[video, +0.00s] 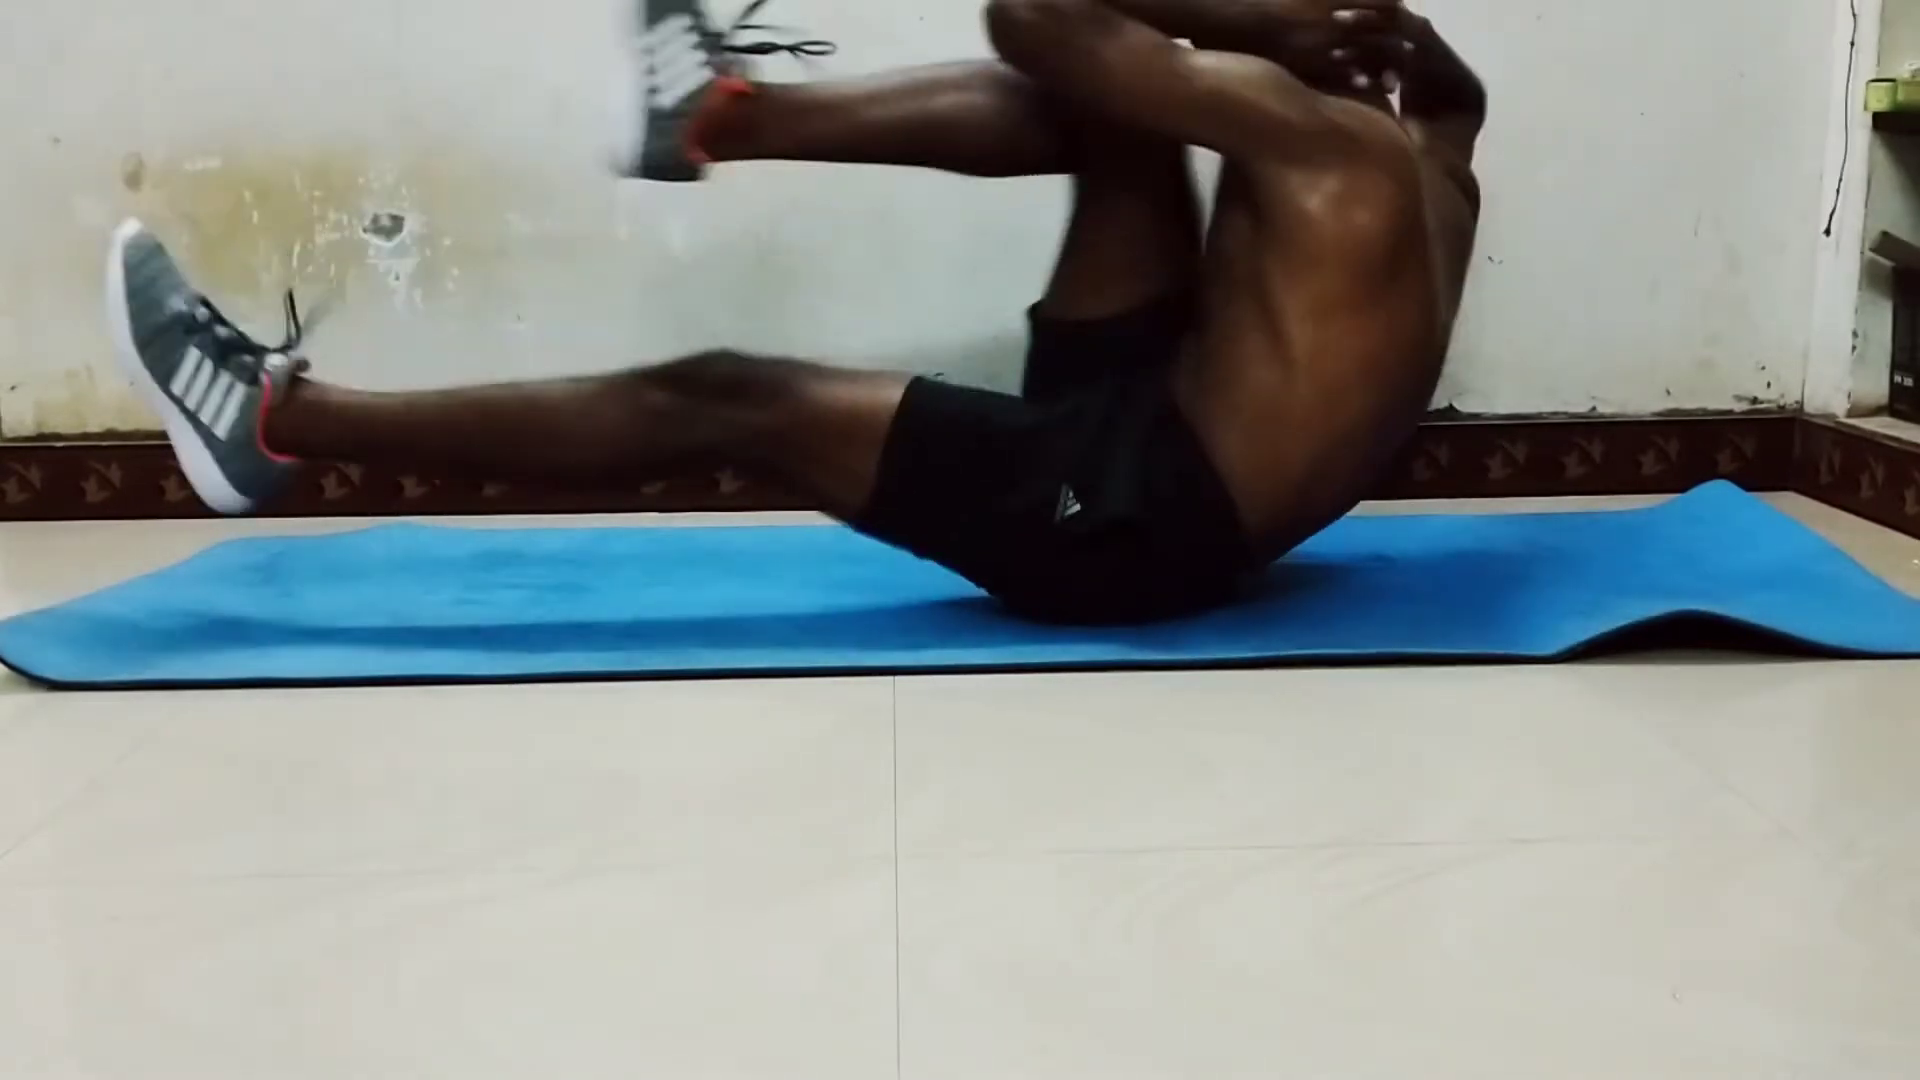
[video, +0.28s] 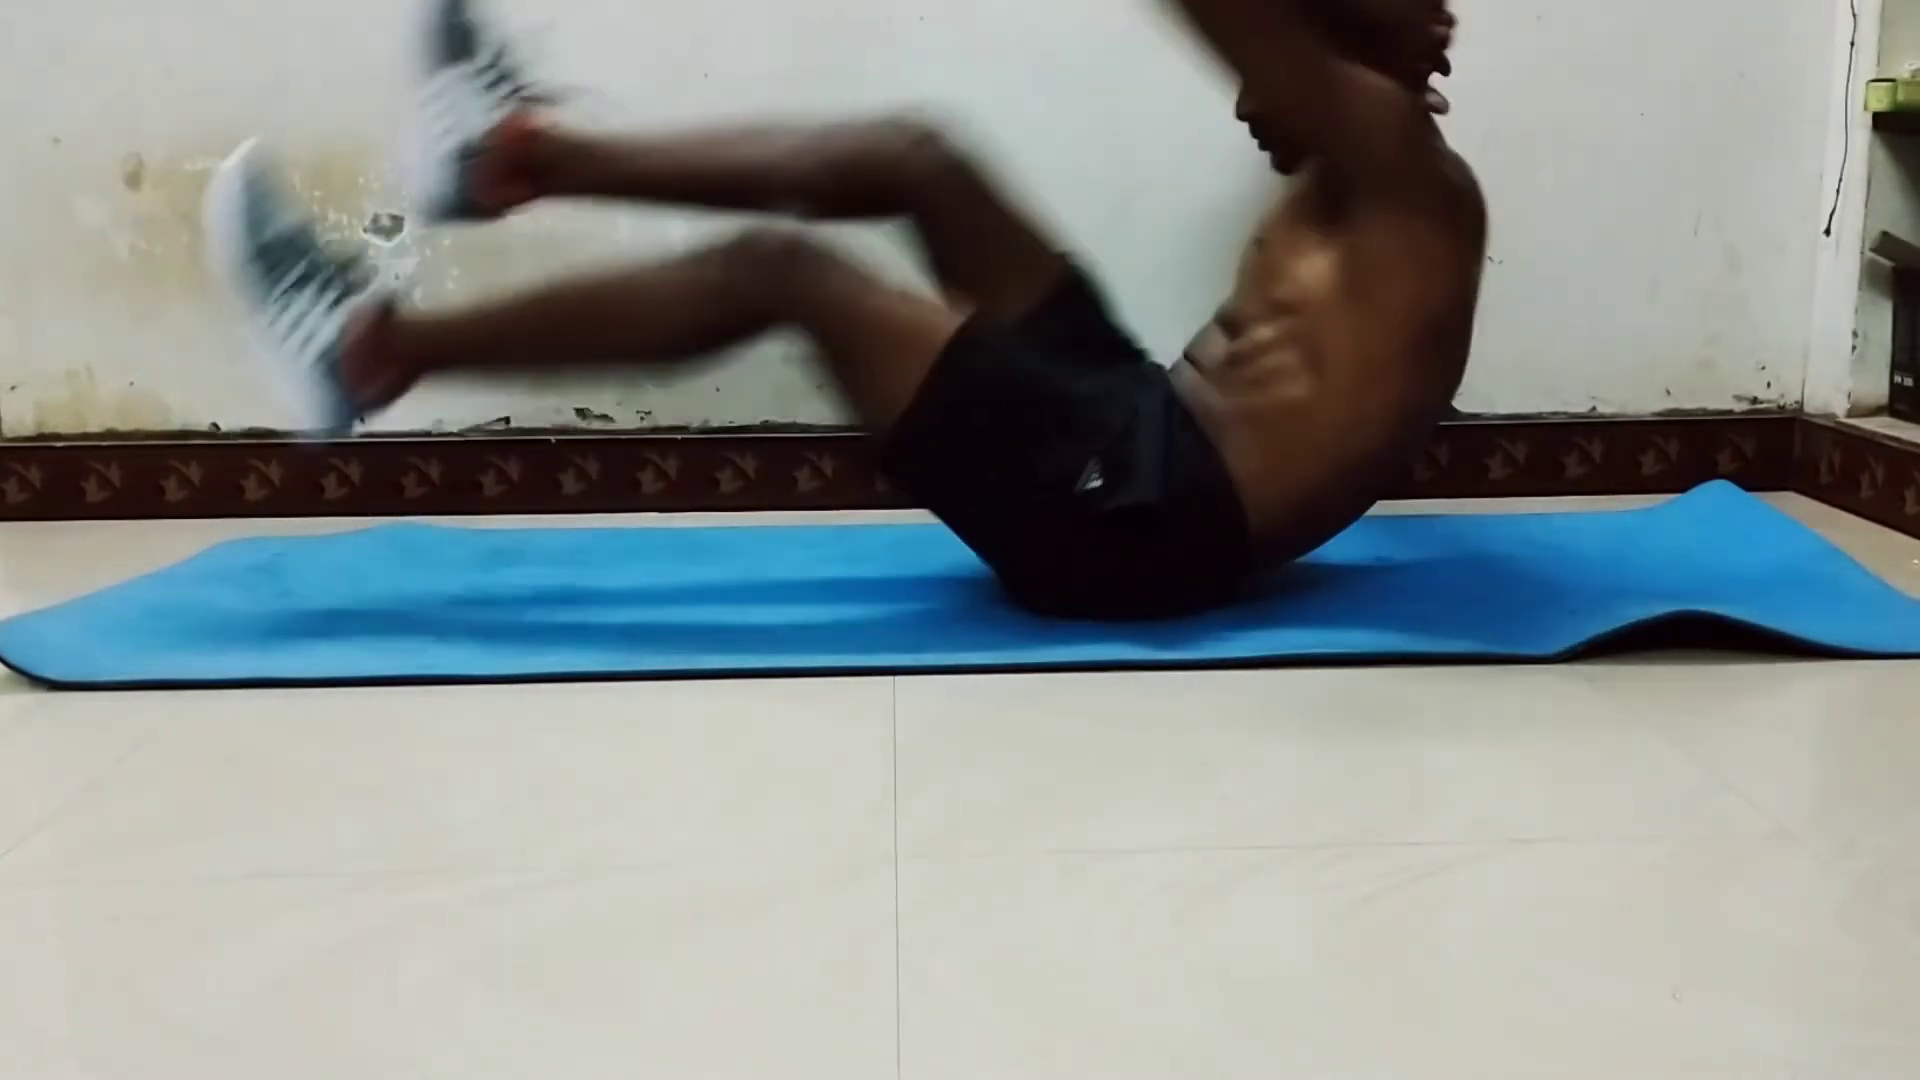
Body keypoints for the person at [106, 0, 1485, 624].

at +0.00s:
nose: (1240, 50)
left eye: (1254, 34)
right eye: (1256, 33)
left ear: (1329, 51)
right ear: (1379, 61)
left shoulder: (1328, 135)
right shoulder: (1426, 161)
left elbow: (1052, 48)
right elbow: (1126, 87)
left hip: (1118, 513)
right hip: (1150, 445)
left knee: (714, 400)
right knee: (1114, 113)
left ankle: (273, 423)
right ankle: (742, 110)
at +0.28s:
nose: (1275, 89)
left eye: (1297, 57)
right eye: (1281, 60)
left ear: (1377, 51)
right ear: (1373, 55)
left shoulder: (1405, 170)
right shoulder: (1350, 190)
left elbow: (1233, 23)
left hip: (1137, 509)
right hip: (1125, 438)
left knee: (792, 265)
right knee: (926, 164)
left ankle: (377, 350)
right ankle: (513, 155)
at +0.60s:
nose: (1287, 95)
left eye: (1315, 66)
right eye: (1278, 71)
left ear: (1417, 65)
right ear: (1288, 86)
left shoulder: (1452, 183)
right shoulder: (1295, 181)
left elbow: (1532, 27)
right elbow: (1095, 105)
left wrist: (1443, 50)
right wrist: (1255, 70)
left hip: (1150, 509)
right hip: (1077, 476)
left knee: (996, 105)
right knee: (754, 323)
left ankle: (601, 189)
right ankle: (390, 282)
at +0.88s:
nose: (1299, 85)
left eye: (1334, 61)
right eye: (1289, 61)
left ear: (1417, 65)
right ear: (1276, 65)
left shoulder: (1469, 189)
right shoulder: (1239, 140)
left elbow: (1690, 41)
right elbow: (1063, 46)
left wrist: (1508, 18)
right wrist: (1227, 31)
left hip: (1172, 506)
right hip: (1074, 444)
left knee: (1147, 104)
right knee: (742, 379)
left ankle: (764, 96)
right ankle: (379, 393)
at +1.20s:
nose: (1273, 96)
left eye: (1297, 68)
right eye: (1266, 66)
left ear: (1394, 67)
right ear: (1289, 71)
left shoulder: (1465, 215)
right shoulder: (1308, 166)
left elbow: (1507, 46)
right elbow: (1125, 52)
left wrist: (1440, 64)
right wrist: (1269, 39)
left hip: (1179, 524)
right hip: (1127, 475)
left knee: (909, 162)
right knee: (897, 169)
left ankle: (492, 205)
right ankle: (507, 356)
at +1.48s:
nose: (1401, 61)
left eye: (1380, 44)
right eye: (1384, 41)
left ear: (1378, 83)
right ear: (1378, 80)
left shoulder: (1405, 207)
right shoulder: (1367, 196)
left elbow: (1176, 74)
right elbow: (1224, 77)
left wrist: (1362, 53)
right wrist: (1357, 58)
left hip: (1135, 510)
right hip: (1119, 423)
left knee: (740, 371)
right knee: (1045, 99)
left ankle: (287, 348)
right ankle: (672, 206)